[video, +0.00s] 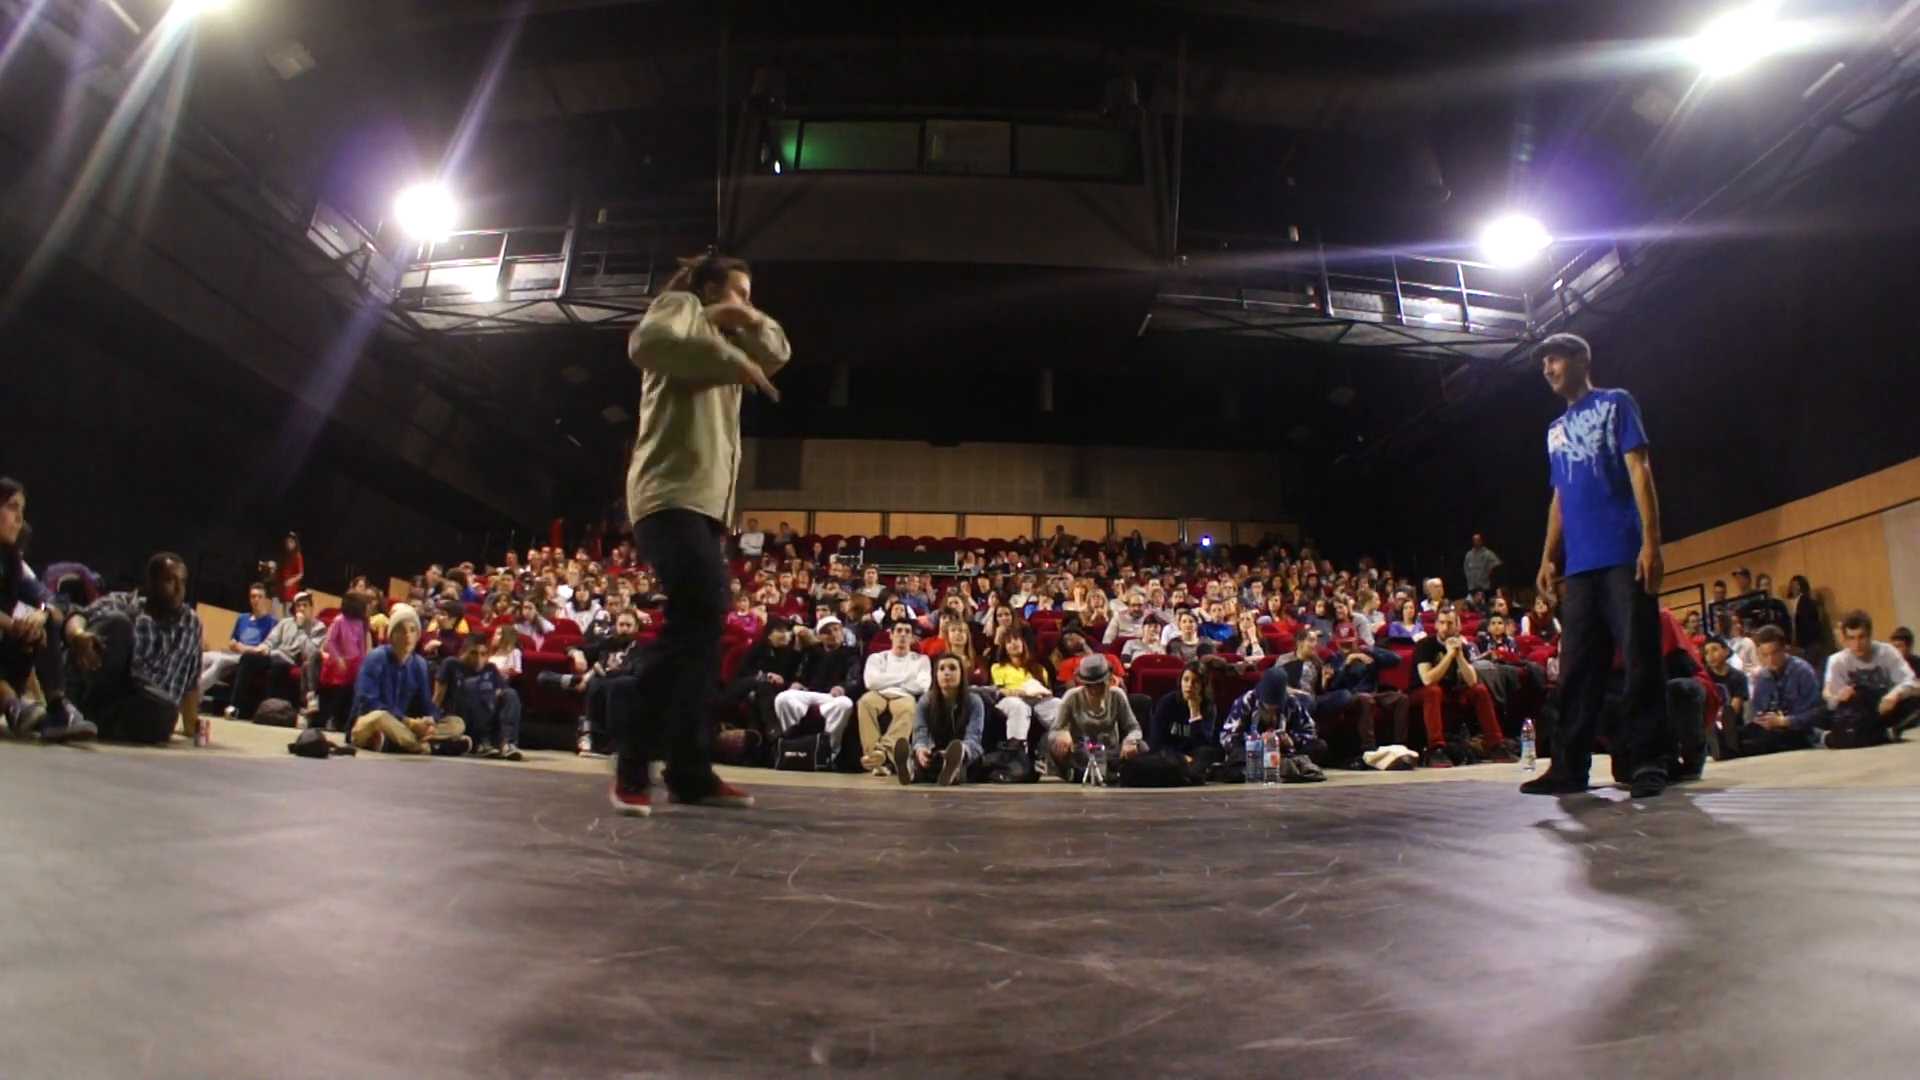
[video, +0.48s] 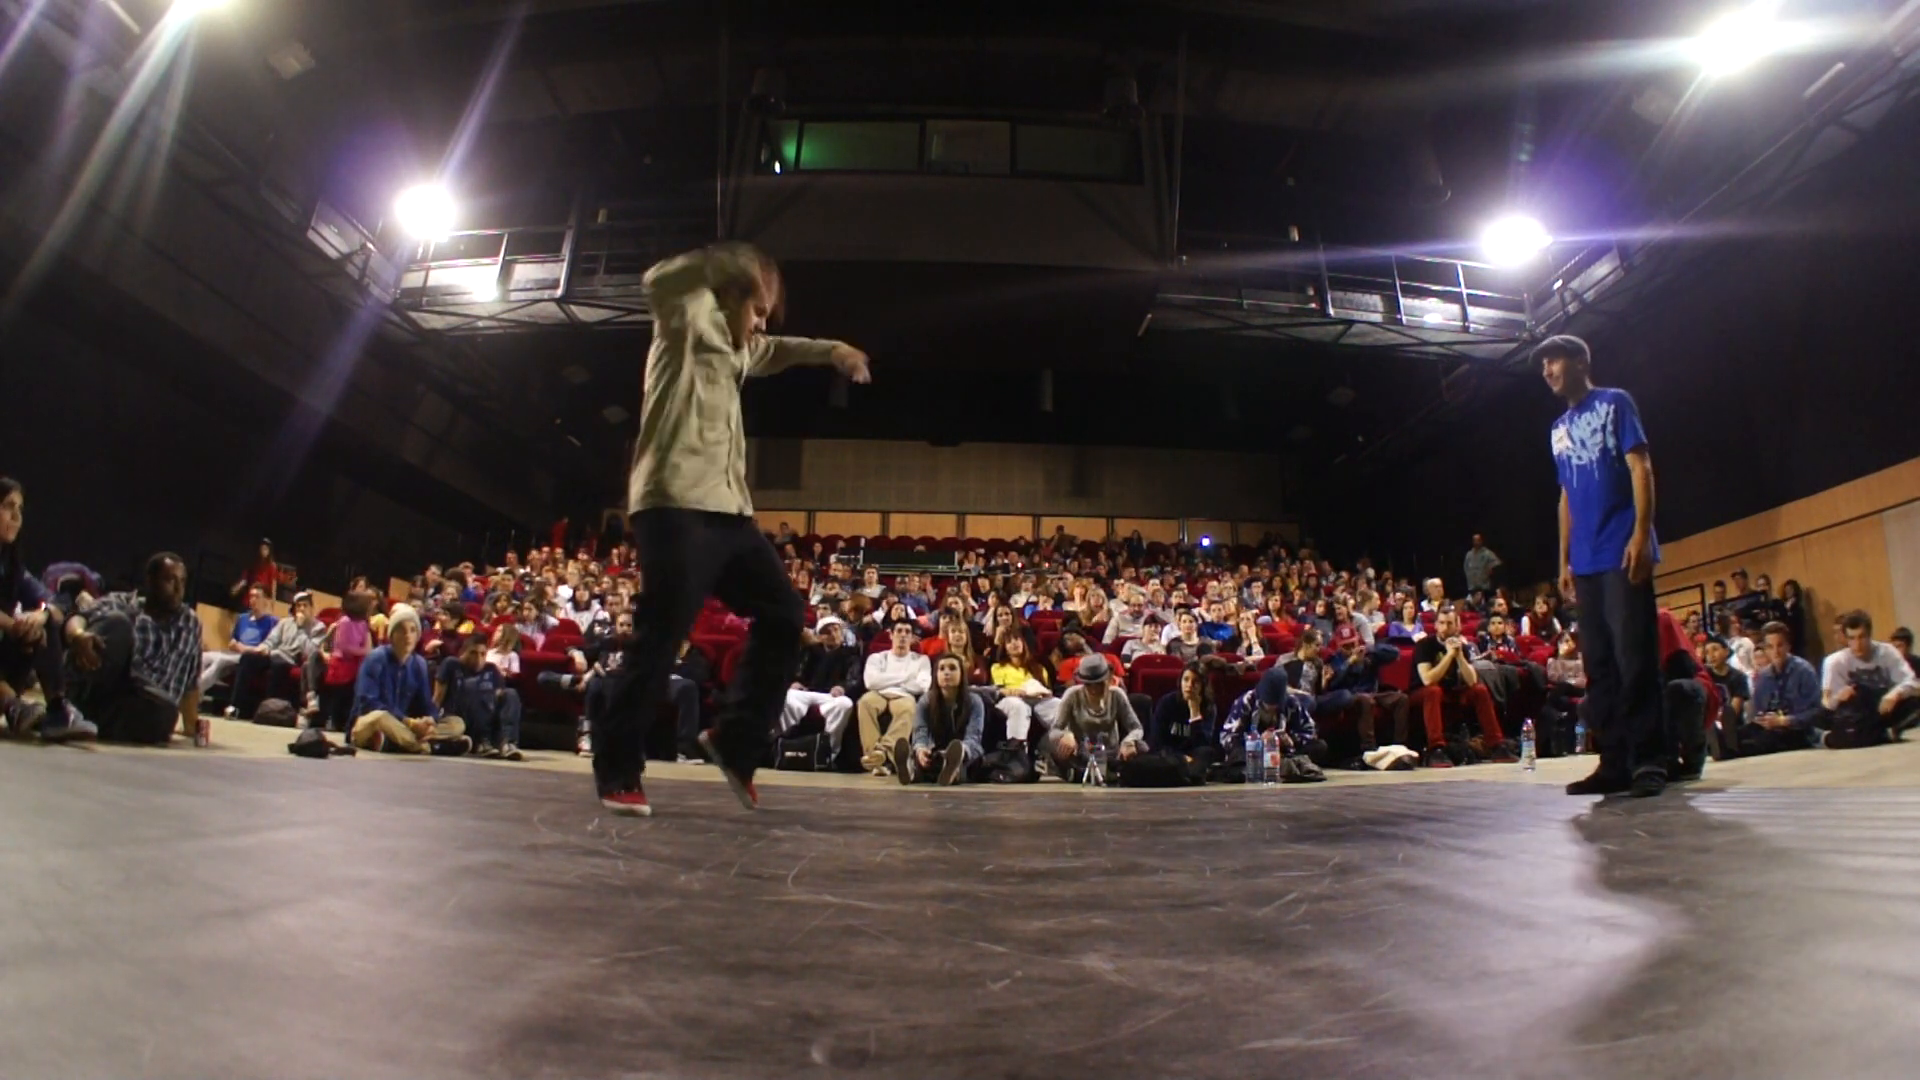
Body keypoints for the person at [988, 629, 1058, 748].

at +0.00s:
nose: (1014, 644)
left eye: (1017, 640)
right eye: (1009, 641)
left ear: (1024, 643)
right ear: (1004, 647)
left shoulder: (1038, 669)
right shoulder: (998, 668)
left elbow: (1047, 691)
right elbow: (999, 690)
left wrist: (1040, 694)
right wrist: (1017, 692)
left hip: (1034, 697)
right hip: (1010, 697)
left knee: (1059, 706)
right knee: (1020, 709)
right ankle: (1018, 756)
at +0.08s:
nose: (1014, 644)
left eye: (1017, 640)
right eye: (1009, 641)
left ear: (1024, 643)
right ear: (1004, 646)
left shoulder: (1038, 668)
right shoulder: (998, 668)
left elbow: (1047, 691)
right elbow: (999, 690)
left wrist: (1041, 694)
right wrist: (1016, 692)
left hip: (1035, 698)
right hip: (1010, 697)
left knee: (1059, 706)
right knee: (1020, 709)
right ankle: (1017, 756)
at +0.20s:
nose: (1014, 644)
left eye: (1017, 639)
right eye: (1009, 641)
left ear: (1024, 642)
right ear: (1004, 646)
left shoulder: (1038, 668)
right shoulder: (998, 668)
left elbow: (1048, 691)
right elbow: (999, 690)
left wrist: (1040, 693)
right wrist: (1019, 693)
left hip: (1035, 698)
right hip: (1010, 697)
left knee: (1059, 706)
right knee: (1020, 708)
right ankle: (1017, 756)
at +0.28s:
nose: (1014, 644)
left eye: (1017, 639)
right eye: (1009, 641)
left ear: (1025, 642)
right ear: (1004, 646)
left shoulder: (1038, 668)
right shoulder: (998, 668)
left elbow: (1048, 691)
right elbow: (999, 690)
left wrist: (1041, 693)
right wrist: (1018, 692)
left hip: (1035, 698)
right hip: (1010, 697)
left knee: (1059, 706)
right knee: (1020, 708)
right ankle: (1018, 756)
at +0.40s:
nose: (1014, 644)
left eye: (1017, 639)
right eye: (1009, 641)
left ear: (1024, 642)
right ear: (1004, 646)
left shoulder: (1038, 668)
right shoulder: (998, 668)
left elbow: (1048, 691)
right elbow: (999, 690)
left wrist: (1040, 693)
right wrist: (1019, 693)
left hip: (1035, 698)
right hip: (1010, 697)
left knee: (1059, 706)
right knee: (1020, 708)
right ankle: (1017, 756)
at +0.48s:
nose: (1014, 644)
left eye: (1017, 639)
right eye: (1009, 641)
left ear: (1025, 643)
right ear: (1004, 646)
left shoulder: (1038, 668)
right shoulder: (998, 668)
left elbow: (1048, 691)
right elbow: (999, 690)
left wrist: (1040, 693)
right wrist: (1017, 692)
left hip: (1035, 698)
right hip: (1010, 697)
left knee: (1059, 706)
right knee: (1020, 708)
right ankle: (1018, 756)